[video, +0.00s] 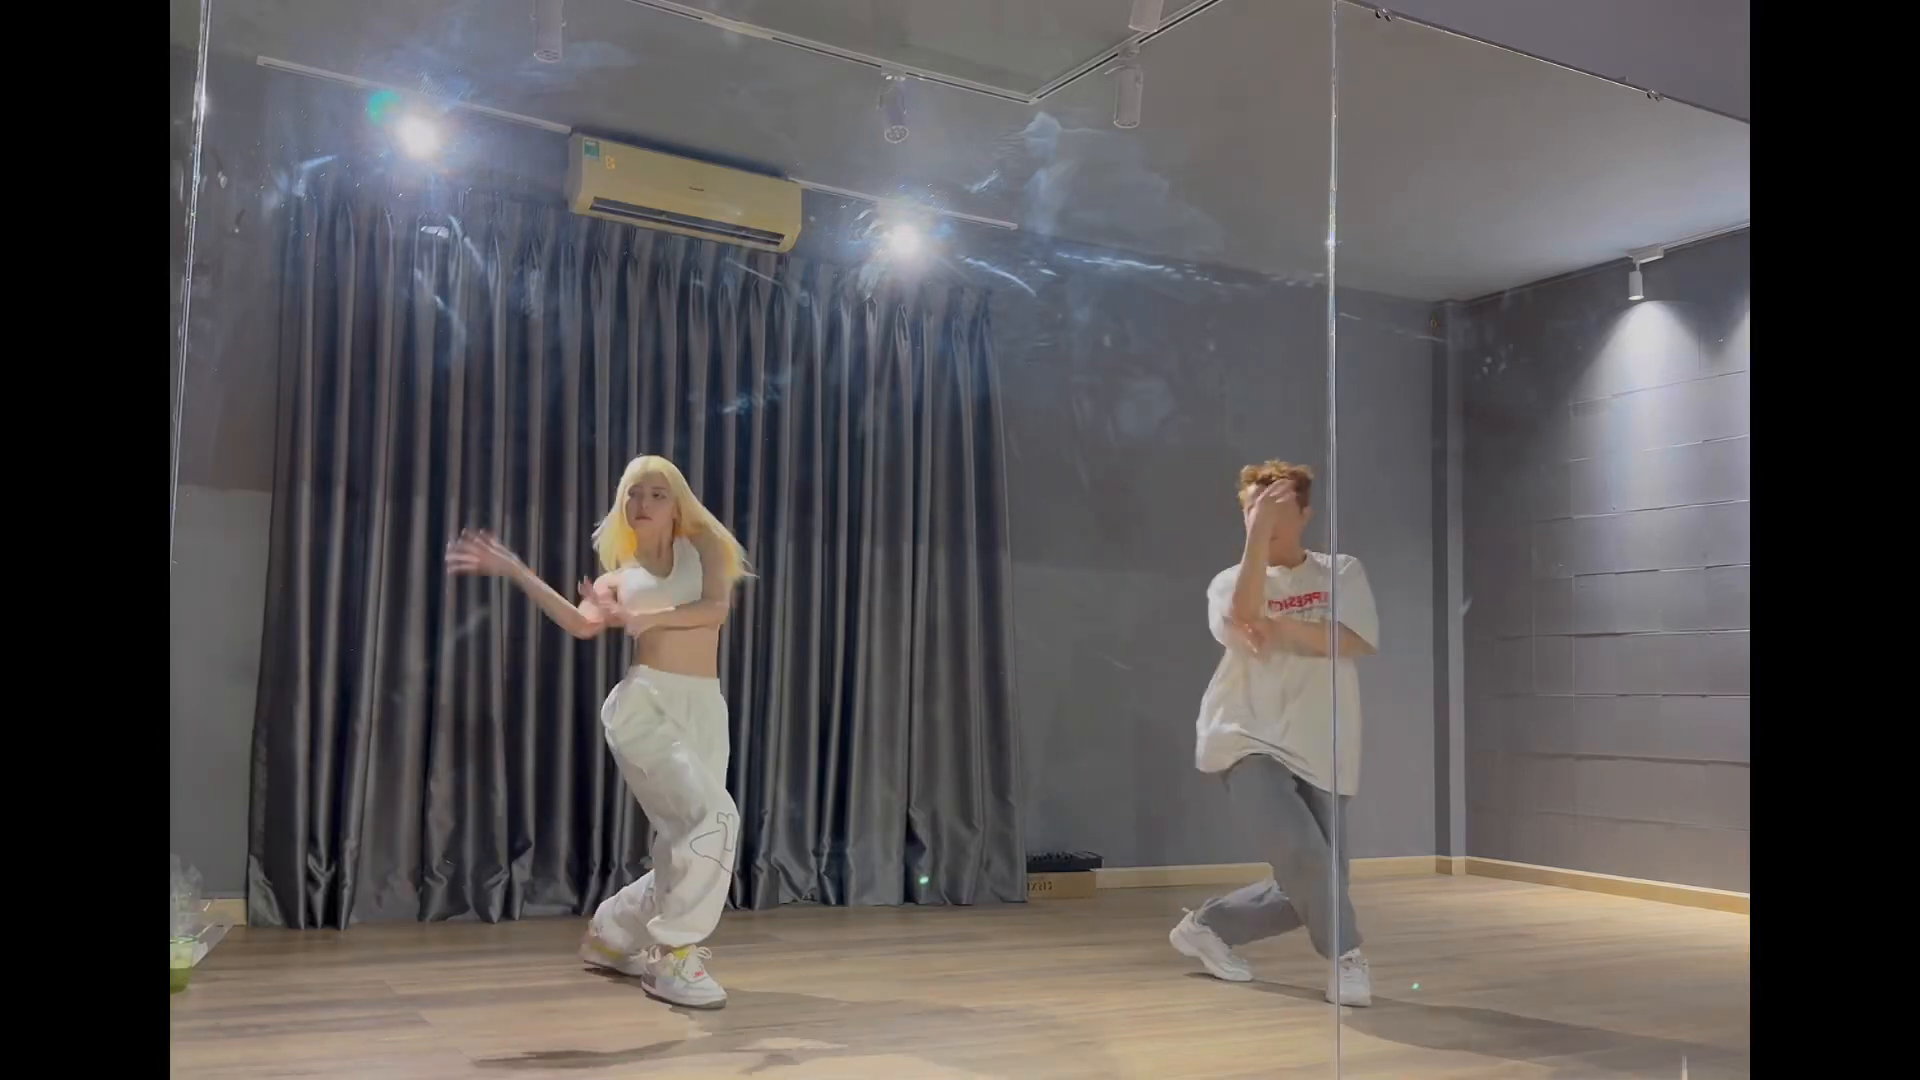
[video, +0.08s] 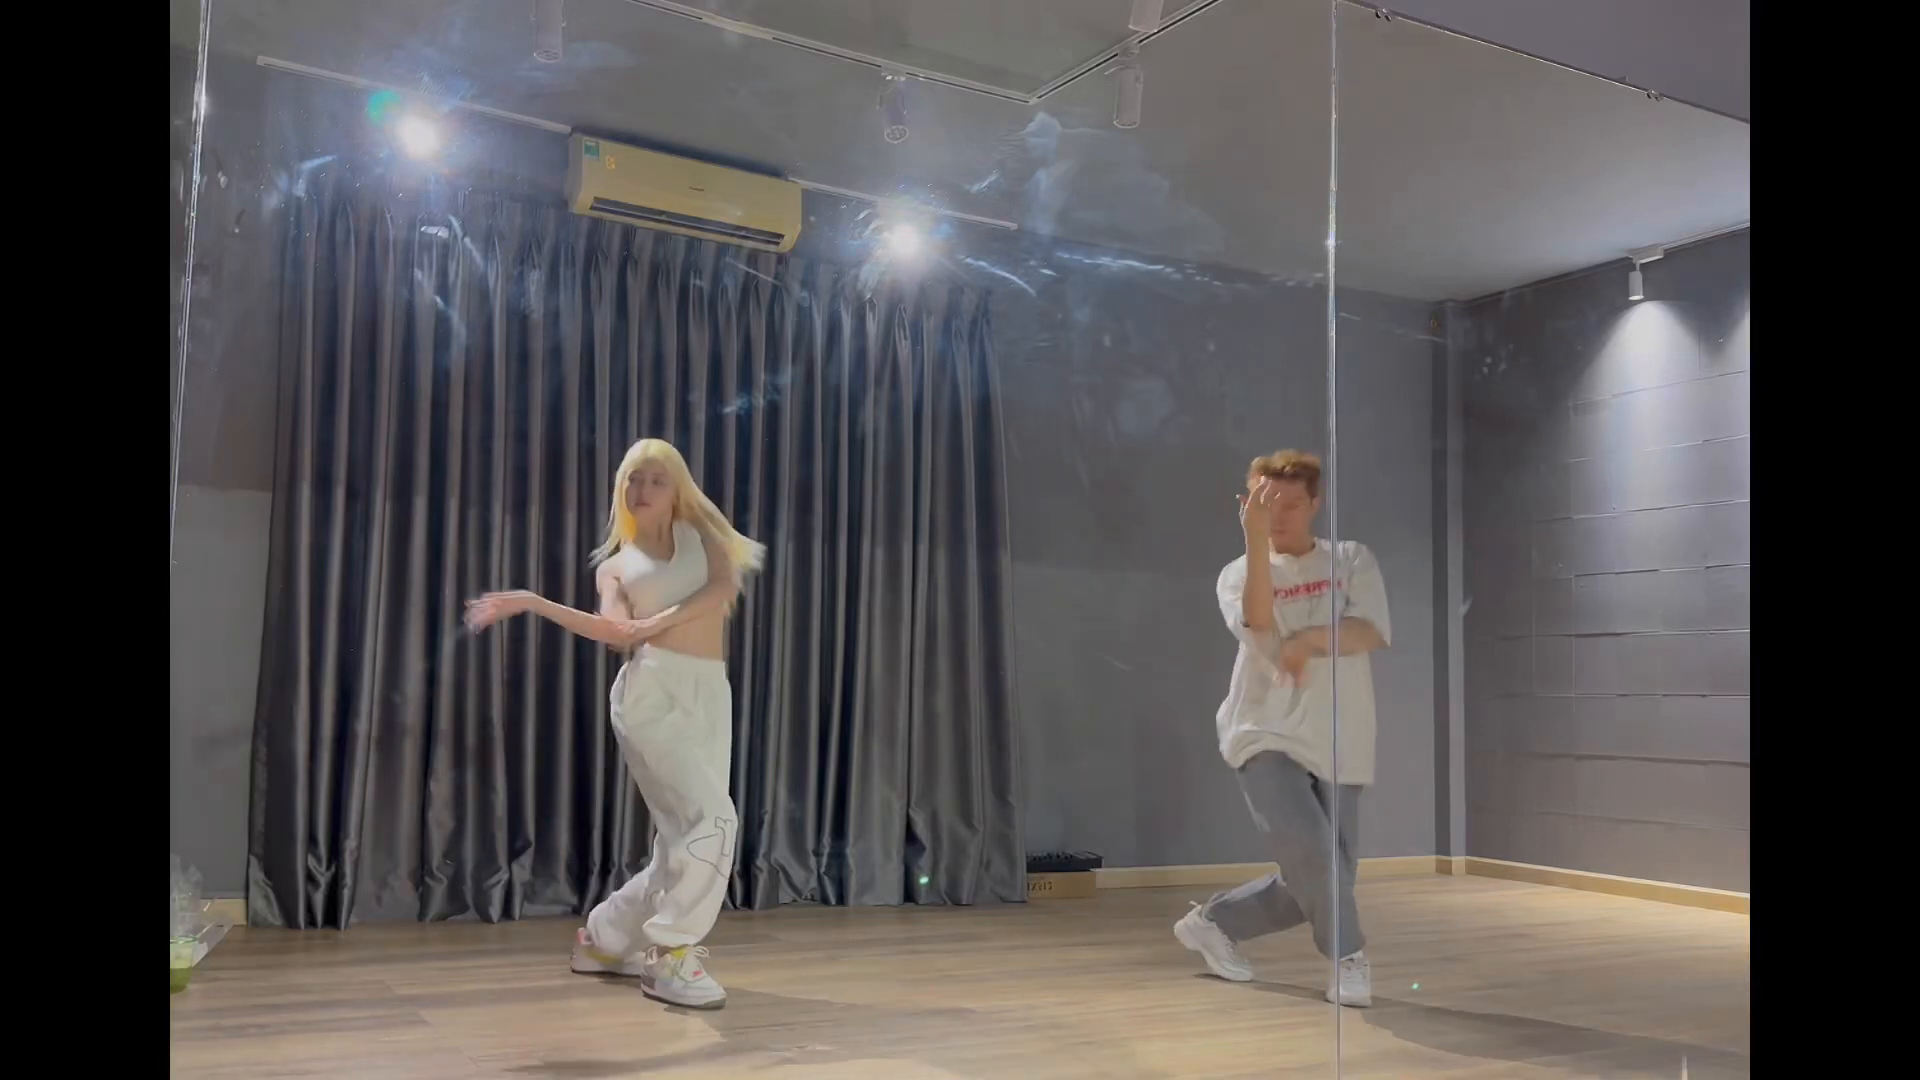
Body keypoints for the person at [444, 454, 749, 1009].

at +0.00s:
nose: (645, 501)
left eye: (658, 492)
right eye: (636, 492)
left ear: (679, 504)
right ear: (624, 506)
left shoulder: (707, 548)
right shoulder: (618, 578)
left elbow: (714, 612)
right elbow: (582, 624)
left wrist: (633, 619)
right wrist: (513, 568)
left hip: (704, 713)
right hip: (642, 708)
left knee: (692, 850)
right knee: (712, 819)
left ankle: (613, 935)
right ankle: (675, 957)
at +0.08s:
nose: (644, 490)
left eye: (656, 480)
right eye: (635, 480)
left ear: (677, 488)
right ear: (622, 489)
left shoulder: (707, 537)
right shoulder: (615, 564)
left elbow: (724, 591)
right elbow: (616, 632)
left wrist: (658, 623)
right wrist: (530, 602)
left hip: (709, 697)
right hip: (649, 694)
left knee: (689, 840)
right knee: (715, 818)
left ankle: (606, 934)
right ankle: (672, 957)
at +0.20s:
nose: (665, 436)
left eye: (676, 424)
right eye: (654, 425)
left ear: (695, 433)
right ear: (636, 435)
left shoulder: (711, 487)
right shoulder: (623, 506)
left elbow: (771, 513)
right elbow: (630, 604)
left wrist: (726, 540)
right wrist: (627, 579)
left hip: (714, 657)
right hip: (659, 653)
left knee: (683, 804)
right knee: (681, 804)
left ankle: (603, 930)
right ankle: (670, 954)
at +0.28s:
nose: (687, 390)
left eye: (693, 384)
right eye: (671, 384)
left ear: (704, 405)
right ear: (643, 411)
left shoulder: (719, 464)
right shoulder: (640, 474)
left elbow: (803, 480)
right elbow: (624, 567)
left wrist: (735, 473)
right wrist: (682, 547)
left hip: (709, 637)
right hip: (660, 634)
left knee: (684, 788)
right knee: (663, 788)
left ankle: (606, 925)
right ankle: (663, 946)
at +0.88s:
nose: (716, 408)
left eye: (722, 400)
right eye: (706, 394)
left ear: (717, 411)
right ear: (671, 398)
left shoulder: (686, 467)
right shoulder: (677, 469)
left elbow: (739, 528)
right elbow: (708, 562)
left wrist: (740, 479)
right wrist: (771, 526)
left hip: (674, 631)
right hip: (684, 635)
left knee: (660, 783)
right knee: (699, 791)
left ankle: (612, 920)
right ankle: (667, 945)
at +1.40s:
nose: (693, 457)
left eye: (691, 447)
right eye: (675, 450)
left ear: (695, 461)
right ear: (649, 473)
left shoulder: (657, 520)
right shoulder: (683, 527)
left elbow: (732, 503)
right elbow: (698, 625)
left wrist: (743, 449)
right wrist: (769, 615)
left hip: (634, 698)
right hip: (658, 705)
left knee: (674, 833)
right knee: (734, 812)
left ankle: (605, 939)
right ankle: (678, 946)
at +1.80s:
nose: (680, 474)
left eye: (686, 467)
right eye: (667, 462)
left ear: (685, 477)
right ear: (634, 469)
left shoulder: (630, 527)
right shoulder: (649, 531)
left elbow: (705, 531)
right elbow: (691, 614)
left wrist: (726, 534)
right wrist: (746, 610)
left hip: (644, 697)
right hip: (661, 701)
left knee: (676, 835)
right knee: (735, 818)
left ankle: (605, 941)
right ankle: (617, 924)